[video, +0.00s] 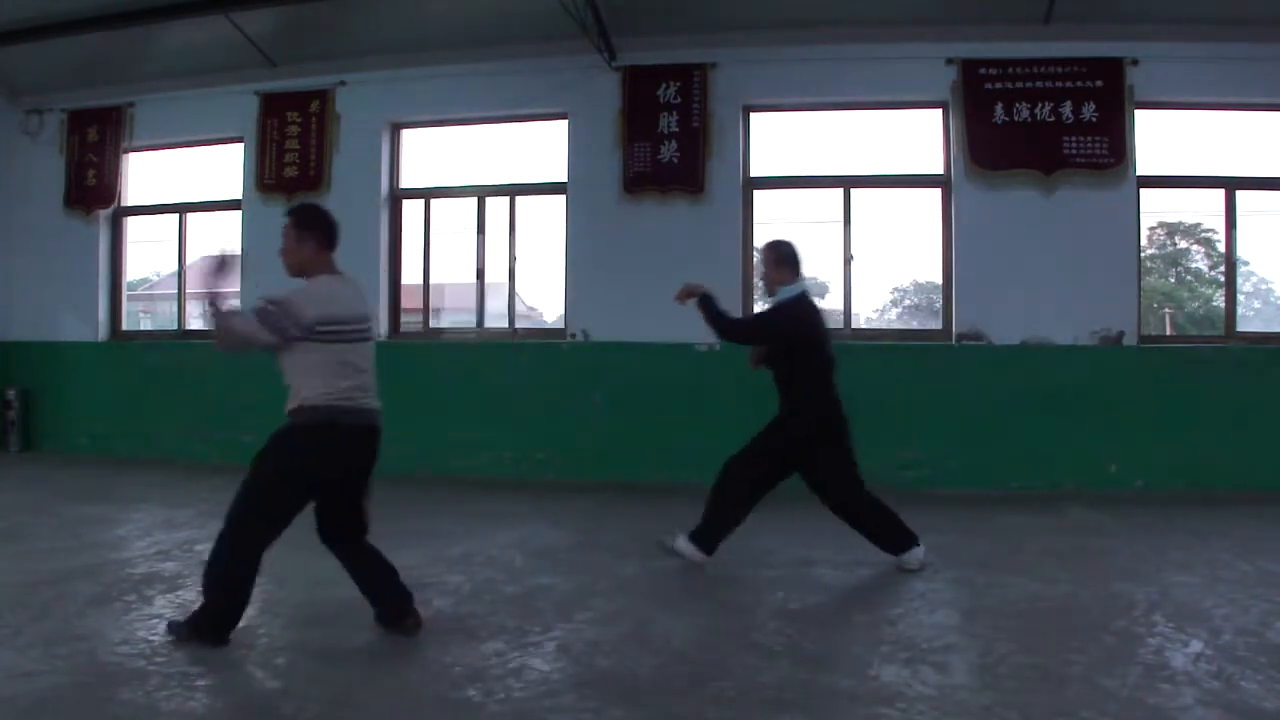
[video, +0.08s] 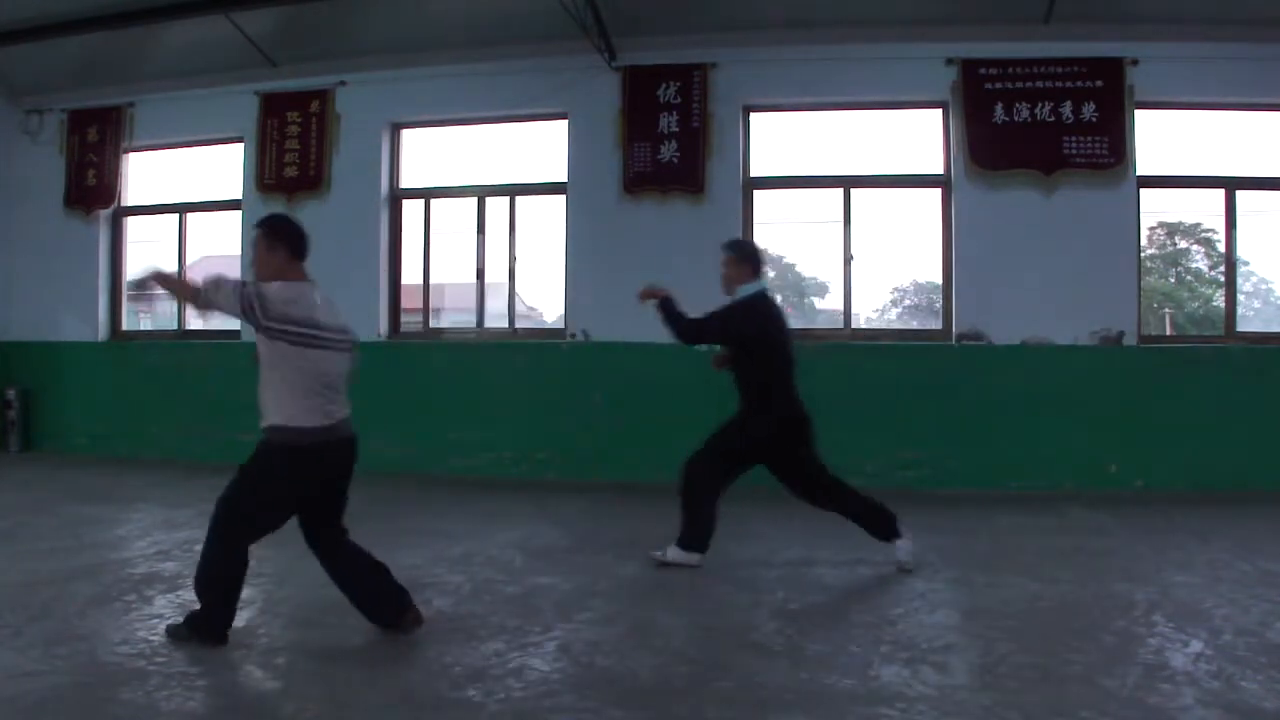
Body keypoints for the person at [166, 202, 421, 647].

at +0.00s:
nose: (282, 251)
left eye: (288, 241)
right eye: (283, 241)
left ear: (311, 243)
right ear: (324, 245)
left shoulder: (303, 300)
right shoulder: (355, 295)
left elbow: (247, 331)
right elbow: (286, 328)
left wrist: (221, 313)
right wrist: (239, 323)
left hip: (312, 428)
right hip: (362, 429)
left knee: (248, 525)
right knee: (342, 530)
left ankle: (213, 623)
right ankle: (399, 614)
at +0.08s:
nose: (254, 261)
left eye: (258, 252)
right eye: (255, 252)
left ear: (278, 254)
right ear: (298, 256)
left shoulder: (271, 299)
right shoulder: (332, 312)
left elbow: (210, 293)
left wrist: (170, 283)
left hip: (288, 448)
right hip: (336, 445)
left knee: (230, 524)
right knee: (327, 536)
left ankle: (211, 623)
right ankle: (398, 611)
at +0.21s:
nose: (236, 272)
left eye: (242, 262)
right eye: (237, 262)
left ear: (265, 263)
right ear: (274, 264)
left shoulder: (283, 315)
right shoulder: (304, 311)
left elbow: (257, 379)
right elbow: (274, 382)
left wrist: (210, 357)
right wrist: (223, 369)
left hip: (291, 446)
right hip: (331, 445)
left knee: (222, 520)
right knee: (319, 539)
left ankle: (210, 621)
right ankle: (386, 615)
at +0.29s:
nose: (222, 282)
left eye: (227, 271)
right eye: (223, 272)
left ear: (251, 272)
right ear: (260, 273)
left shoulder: (289, 320)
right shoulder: (269, 326)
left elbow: (299, 390)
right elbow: (216, 361)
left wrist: (242, 391)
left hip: (297, 450)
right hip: (330, 449)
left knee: (224, 519)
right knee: (325, 546)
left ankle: (210, 622)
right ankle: (390, 618)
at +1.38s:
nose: (261, 274)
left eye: (260, 264)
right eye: (259, 265)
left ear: (270, 260)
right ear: (299, 255)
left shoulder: (299, 304)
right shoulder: (318, 300)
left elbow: (305, 374)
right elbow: (252, 349)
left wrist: (275, 388)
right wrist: (218, 322)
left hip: (314, 438)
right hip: (357, 433)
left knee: (255, 530)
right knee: (346, 536)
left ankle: (215, 619)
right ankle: (396, 618)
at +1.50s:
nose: (268, 274)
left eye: (266, 264)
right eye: (265, 266)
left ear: (273, 258)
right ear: (304, 253)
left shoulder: (297, 297)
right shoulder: (334, 294)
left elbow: (304, 370)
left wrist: (282, 394)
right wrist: (265, 346)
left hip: (320, 430)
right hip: (369, 425)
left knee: (272, 529)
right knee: (354, 532)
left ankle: (222, 618)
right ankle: (399, 619)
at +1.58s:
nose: (271, 269)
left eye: (270, 261)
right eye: (270, 262)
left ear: (275, 258)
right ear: (310, 252)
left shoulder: (288, 294)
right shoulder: (339, 289)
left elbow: (290, 366)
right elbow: (329, 342)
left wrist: (286, 398)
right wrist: (271, 342)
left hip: (318, 420)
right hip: (370, 416)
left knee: (286, 526)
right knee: (362, 526)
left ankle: (235, 623)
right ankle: (399, 618)